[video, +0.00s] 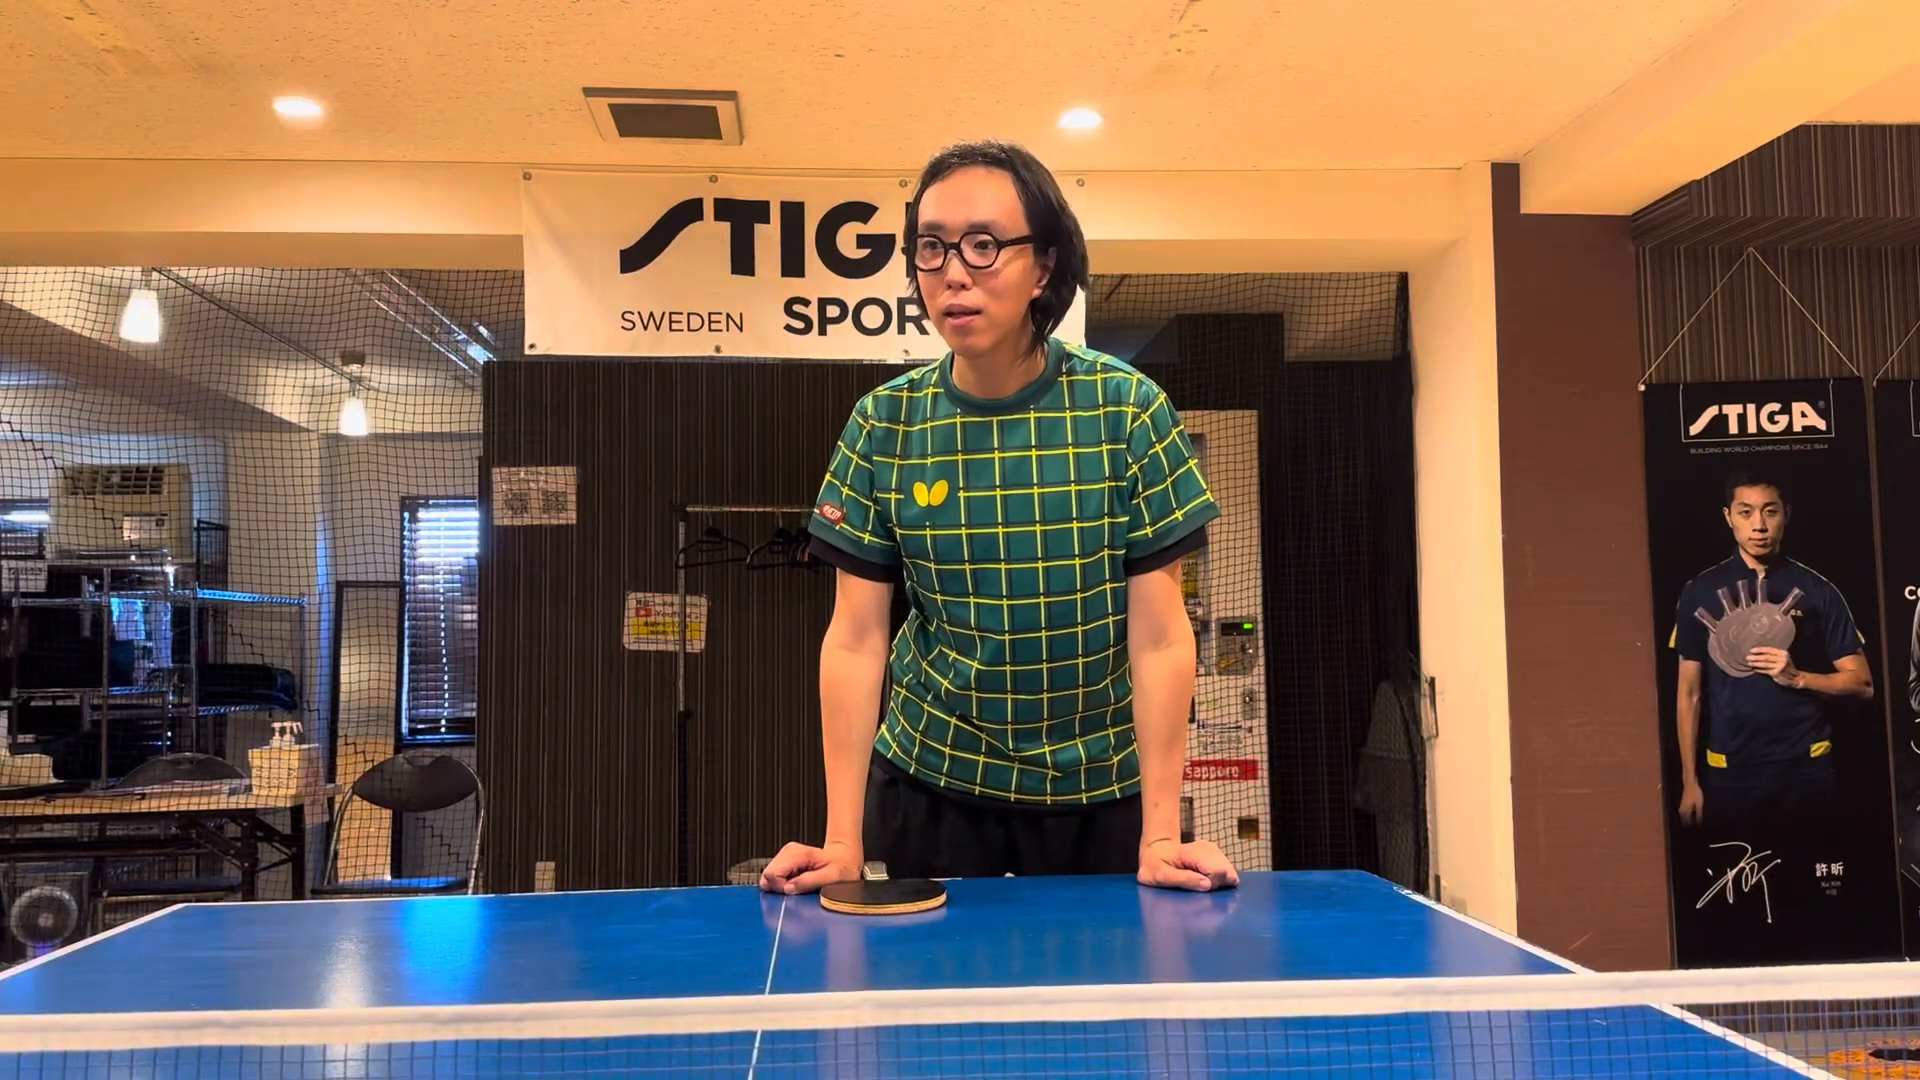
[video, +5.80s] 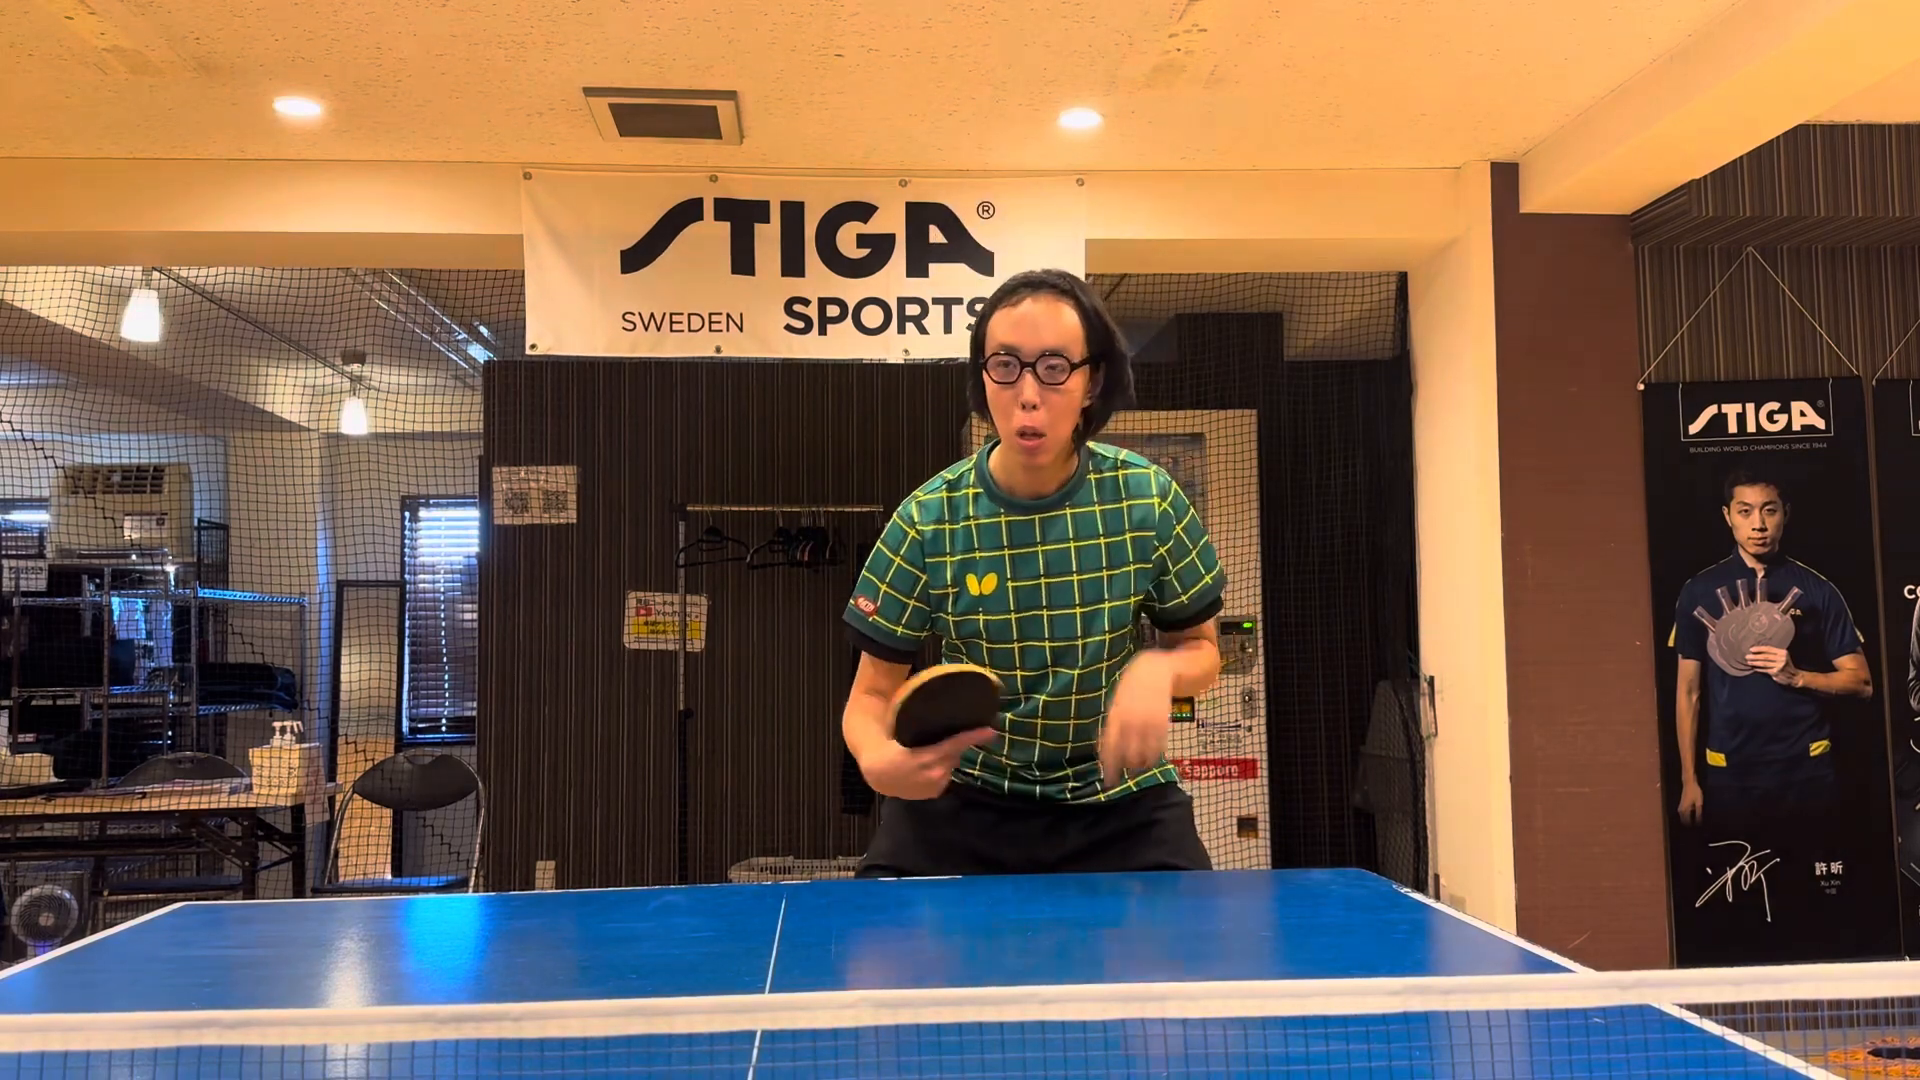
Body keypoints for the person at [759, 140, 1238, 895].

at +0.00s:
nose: (952, 272)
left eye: (984, 245)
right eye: (933, 246)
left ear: (1044, 269)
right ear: (915, 267)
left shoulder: (1124, 409)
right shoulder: (886, 420)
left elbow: (1160, 637)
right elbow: (855, 639)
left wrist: (1163, 835)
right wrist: (842, 843)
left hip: (1095, 816)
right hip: (927, 812)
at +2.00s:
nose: (949, 289)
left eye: (979, 263)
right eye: (931, 266)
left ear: (1037, 287)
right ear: (914, 287)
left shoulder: (1120, 426)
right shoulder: (886, 437)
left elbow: (1154, 642)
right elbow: (853, 646)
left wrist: (1161, 836)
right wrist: (842, 844)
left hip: (1090, 781)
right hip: (927, 778)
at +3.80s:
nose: (1001, 248)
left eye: (1029, 228)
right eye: (982, 228)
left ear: (1071, 260)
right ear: (960, 254)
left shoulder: (1129, 420)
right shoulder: (913, 426)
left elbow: (1154, 614)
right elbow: (882, 627)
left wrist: (1135, 751)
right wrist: (906, 763)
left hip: (1095, 776)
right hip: (948, 776)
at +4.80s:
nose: (1010, 318)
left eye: (1034, 295)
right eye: (988, 294)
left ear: (1069, 310)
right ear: (960, 311)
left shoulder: (1120, 459)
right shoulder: (900, 464)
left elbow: (1158, 639)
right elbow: (831, 648)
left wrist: (1124, 641)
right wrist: (916, 708)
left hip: (1097, 800)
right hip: (929, 801)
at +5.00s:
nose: (1070, 329)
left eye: (1095, 307)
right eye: (1048, 304)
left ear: (1129, 321)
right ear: (1019, 317)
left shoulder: (1181, 453)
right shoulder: (964, 473)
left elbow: (1232, 661)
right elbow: (886, 649)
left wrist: (1186, 541)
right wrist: (938, 714)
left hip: (1154, 782)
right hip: (989, 779)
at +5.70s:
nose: (1032, 387)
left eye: (1058, 363)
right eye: (1010, 361)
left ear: (1096, 378)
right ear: (986, 374)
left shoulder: (1149, 493)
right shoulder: (933, 513)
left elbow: (1203, 684)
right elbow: (869, 694)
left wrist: (1162, 623)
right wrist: (898, 767)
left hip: (1121, 792)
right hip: (962, 796)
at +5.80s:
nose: (1028, 394)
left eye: (1053, 369)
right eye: (1006, 367)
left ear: (1091, 383)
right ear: (982, 380)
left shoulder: (1149, 502)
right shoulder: (927, 521)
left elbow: (1202, 651)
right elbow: (873, 692)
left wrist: (1156, 668)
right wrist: (876, 760)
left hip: (1123, 811)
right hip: (956, 813)